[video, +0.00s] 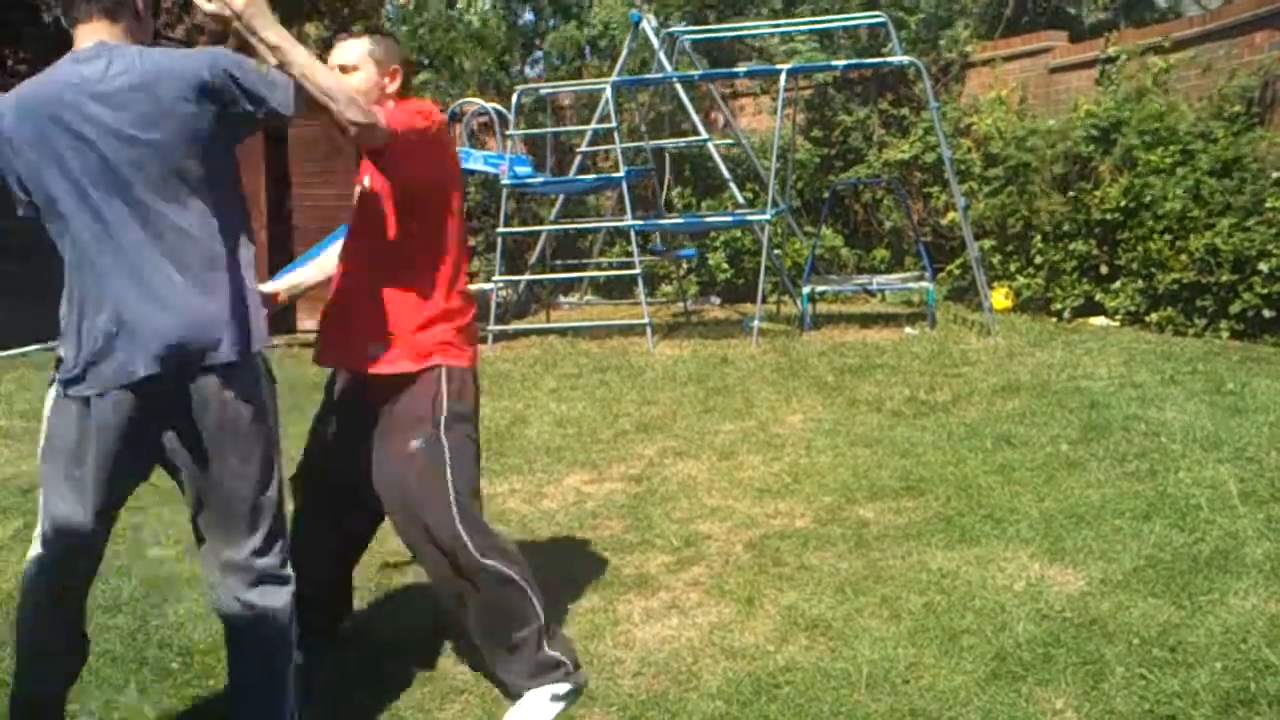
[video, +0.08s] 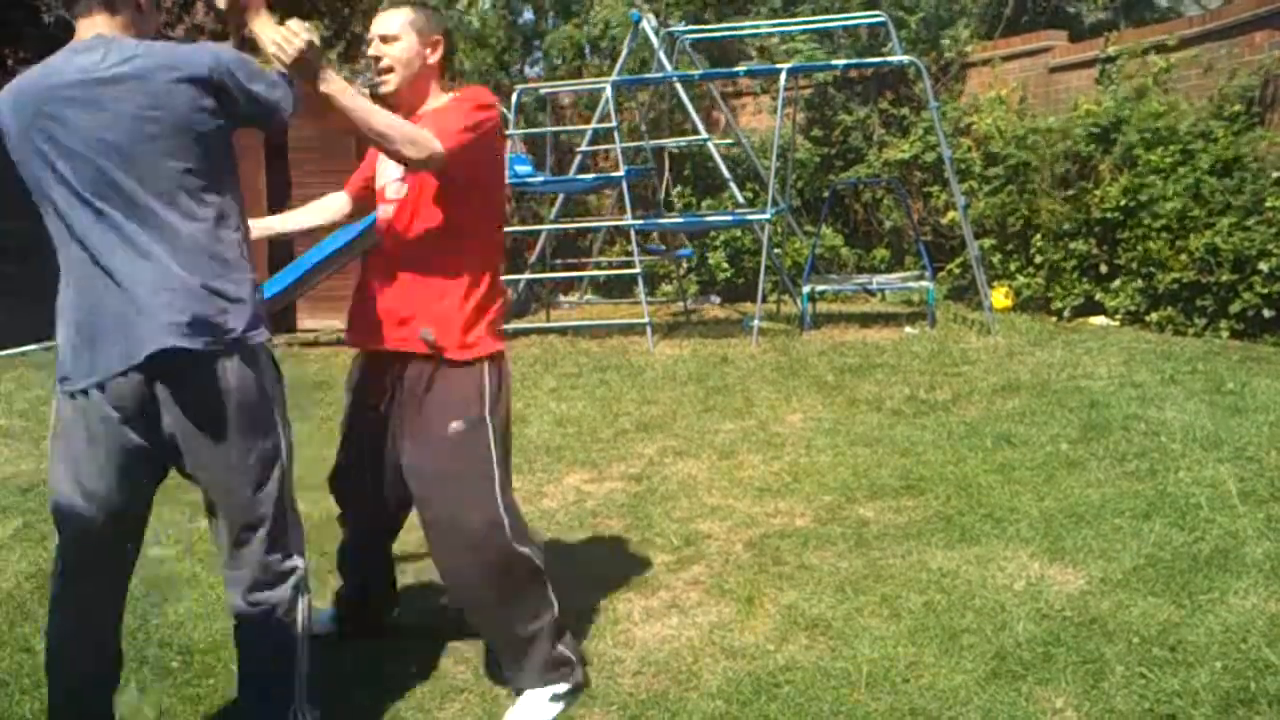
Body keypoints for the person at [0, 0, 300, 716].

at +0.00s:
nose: (156, 14)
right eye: (154, 7)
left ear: (67, 18)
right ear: (141, 9)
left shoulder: (18, 109)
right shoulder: (203, 70)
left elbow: (26, 209)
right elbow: (354, 116)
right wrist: (268, 28)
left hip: (101, 351)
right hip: (217, 341)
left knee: (58, 556)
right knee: (251, 565)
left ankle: (32, 710)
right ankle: (269, 711)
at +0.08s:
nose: (154, 11)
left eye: (151, 6)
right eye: (152, 3)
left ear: (71, 11)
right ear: (137, 3)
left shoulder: (18, 101)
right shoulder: (200, 64)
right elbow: (281, 100)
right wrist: (257, 27)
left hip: (94, 350)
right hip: (212, 334)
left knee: (84, 576)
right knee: (262, 556)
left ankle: (77, 713)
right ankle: (275, 711)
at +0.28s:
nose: (173, 27)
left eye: (175, 18)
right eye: (170, 16)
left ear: (78, 23)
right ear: (145, 14)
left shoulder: (32, 111)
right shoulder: (203, 95)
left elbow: (137, 104)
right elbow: (301, 163)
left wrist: (222, 48)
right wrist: (313, 131)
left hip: (112, 395)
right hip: (230, 380)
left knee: (106, 621)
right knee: (335, 571)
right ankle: (396, 710)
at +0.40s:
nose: (217, 40)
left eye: (219, 25)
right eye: (212, 24)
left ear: (116, 24)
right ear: (170, 15)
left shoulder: (61, 125)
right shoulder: (215, 107)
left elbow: (157, 145)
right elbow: (343, 188)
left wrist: (252, 94)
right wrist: (384, 217)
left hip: (137, 410)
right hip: (252, 393)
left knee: (139, 645)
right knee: (364, 584)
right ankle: (427, 710)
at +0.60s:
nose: (250, 34)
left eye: (251, 19)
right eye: (245, 16)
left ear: (179, 17)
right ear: (201, 13)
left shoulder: (126, 108)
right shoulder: (212, 109)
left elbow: (279, 169)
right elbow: (332, 214)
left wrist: (357, 83)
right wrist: (365, 149)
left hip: (171, 382)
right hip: (256, 372)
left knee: (183, 594)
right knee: (370, 560)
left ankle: (137, 715)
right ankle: (421, 707)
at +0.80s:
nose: (298, 22)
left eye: (295, 9)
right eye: (289, 6)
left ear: (240, 15)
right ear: (241, 8)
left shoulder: (253, 108)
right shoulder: (191, 98)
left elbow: (359, 168)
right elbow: (244, 218)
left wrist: (448, 123)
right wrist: (318, 144)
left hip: (235, 365)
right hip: (265, 362)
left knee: (203, 567)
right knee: (394, 547)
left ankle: (90, 715)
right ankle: (399, 710)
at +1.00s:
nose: (364, 54)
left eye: (363, 38)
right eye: (354, 36)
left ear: (299, 36)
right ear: (301, 33)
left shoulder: (247, 116)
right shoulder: (277, 113)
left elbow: (339, 247)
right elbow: (368, 228)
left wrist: (404, 171)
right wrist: (397, 126)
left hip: (238, 388)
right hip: (291, 377)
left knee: (267, 584)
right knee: (423, 552)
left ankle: (112, 711)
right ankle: (417, 714)